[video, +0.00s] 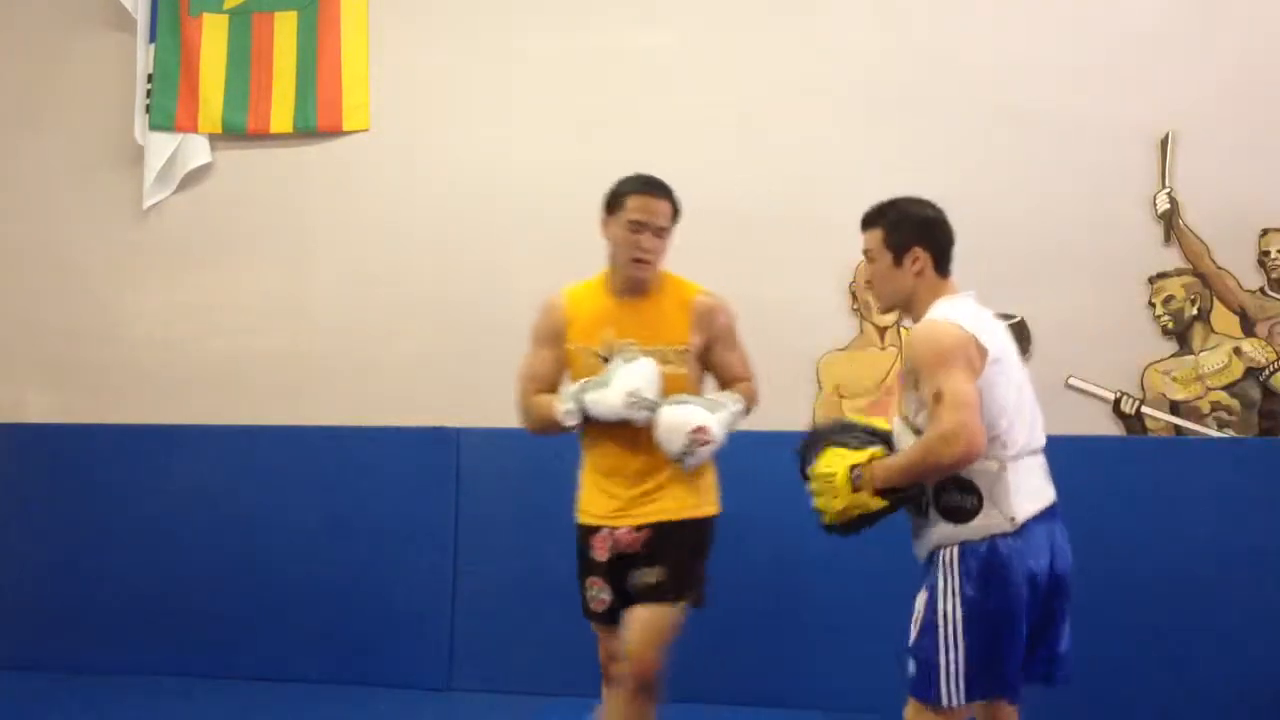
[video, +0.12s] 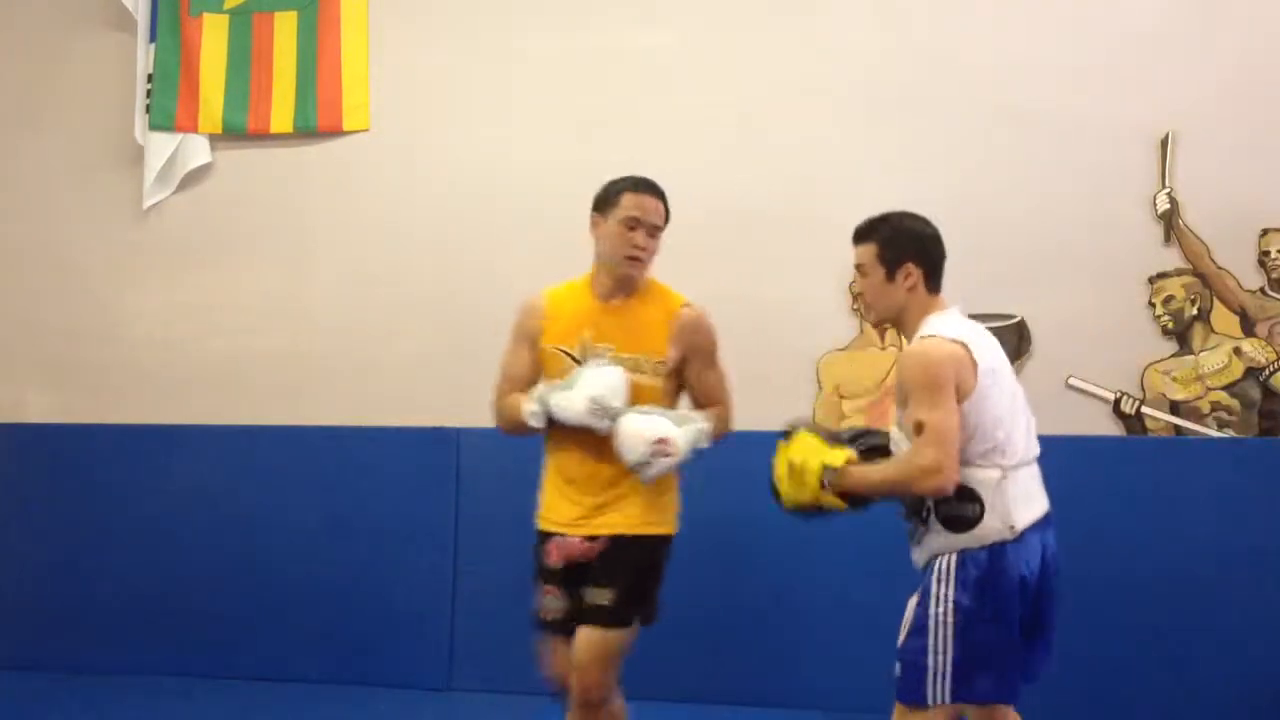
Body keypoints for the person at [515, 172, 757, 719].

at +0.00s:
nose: (647, 242)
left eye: (660, 232)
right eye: (636, 227)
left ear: (671, 238)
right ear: (606, 227)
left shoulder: (703, 312)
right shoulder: (565, 311)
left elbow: (743, 387)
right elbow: (532, 408)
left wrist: (713, 421)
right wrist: (580, 404)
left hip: (679, 505)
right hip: (602, 507)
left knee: (637, 667)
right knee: (616, 669)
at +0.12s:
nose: (643, 240)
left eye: (654, 231)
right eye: (631, 225)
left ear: (662, 240)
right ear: (597, 226)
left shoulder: (684, 324)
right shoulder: (544, 312)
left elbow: (717, 413)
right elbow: (506, 409)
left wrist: (679, 435)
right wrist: (553, 404)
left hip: (636, 517)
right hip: (561, 512)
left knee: (589, 684)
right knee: (564, 673)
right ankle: (614, 710)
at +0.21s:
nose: (642, 233)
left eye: (653, 225)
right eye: (631, 218)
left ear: (659, 235)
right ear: (593, 216)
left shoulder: (672, 322)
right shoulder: (532, 298)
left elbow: (702, 423)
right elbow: (492, 396)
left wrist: (653, 428)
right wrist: (534, 391)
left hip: (619, 521)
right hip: (538, 511)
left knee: (586, 687)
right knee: (506, 672)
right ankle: (568, 712)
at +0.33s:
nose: (635, 226)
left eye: (646, 219)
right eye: (627, 209)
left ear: (647, 230)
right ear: (584, 202)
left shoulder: (650, 311)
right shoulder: (510, 283)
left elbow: (672, 428)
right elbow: (468, 380)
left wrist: (621, 397)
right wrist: (500, 371)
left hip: (597, 519)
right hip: (509, 504)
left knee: (577, 689)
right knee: (446, 662)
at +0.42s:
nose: (626, 222)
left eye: (634, 215)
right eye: (617, 205)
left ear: (634, 227)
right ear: (572, 200)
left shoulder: (638, 307)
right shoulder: (493, 280)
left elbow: (652, 430)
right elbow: (448, 378)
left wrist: (608, 386)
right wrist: (479, 373)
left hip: (583, 517)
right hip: (489, 503)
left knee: (569, 690)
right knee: (428, 671)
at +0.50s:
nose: (609, 224)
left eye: (617, 215)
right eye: (600, 206)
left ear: (615, 225)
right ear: (554, 200)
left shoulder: (620, 311)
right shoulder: (468, 286)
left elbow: (633, 435)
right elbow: (425, 381)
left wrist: (598, 388)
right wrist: (459, 385)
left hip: (568, 523)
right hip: (471, 512)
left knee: (561, 693)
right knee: (416, 690)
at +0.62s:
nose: (575, 230)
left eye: (579, 219)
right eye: (566, 212)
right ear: (516, 207)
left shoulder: (579, 322)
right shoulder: (425, 300)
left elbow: (603, 439)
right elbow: (381, 399)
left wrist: (577, 424)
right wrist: (440, 409)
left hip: (536, 533)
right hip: (436, 528)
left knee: (546, 697)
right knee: (400, 700)